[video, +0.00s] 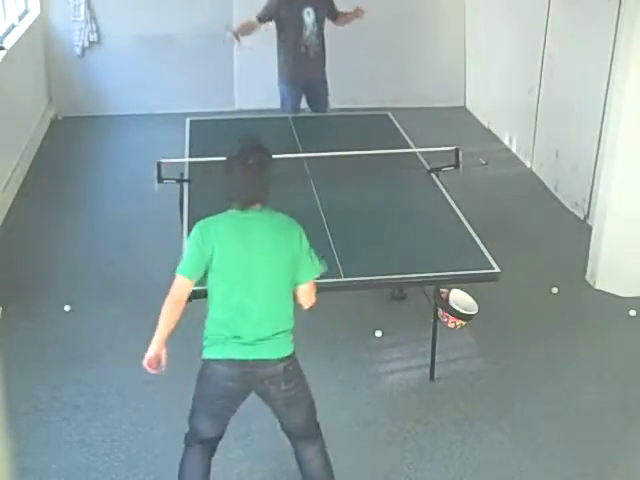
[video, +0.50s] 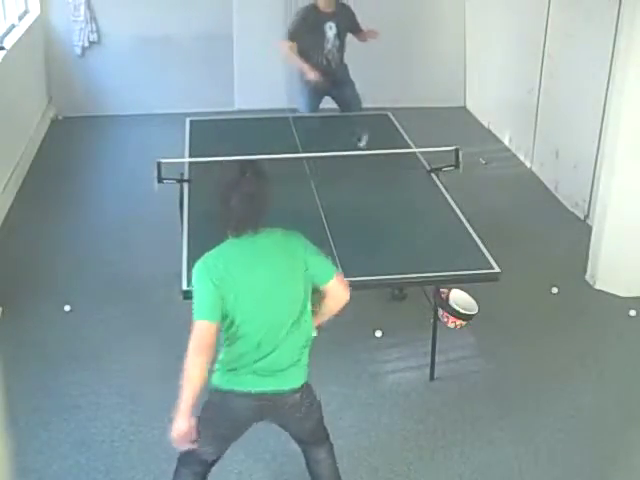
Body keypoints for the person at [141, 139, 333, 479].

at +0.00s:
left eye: (233, 176)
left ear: (227, 182)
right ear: (265, 184)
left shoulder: (207, 230)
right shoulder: (289, 229)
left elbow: (179, 293)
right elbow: (307, 298)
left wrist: (159, 341)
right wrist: (284, 275)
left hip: (223, 365)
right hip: (279, 364)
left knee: (199, 445)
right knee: (308, 442)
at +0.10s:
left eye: (231, 178)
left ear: (227, 183)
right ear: (266, 184)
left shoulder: (205, 234)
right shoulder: (289, 228)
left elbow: (179, 305)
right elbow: (316, 290)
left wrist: (153, 350)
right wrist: (297, 296)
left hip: (219, 371)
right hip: (274, 369)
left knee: (193, 452)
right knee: (306, 445)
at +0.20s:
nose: (225, 185)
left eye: (226, 179)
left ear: (225, 187)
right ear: (261, 184)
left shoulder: (210, 242)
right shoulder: (293, 226)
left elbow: (191, 316)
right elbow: (337, 266)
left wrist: (157, 374)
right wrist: (302, 288)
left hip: (224, 371)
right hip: (280, 368)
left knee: (196, 451)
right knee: (310, 444)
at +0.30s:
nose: (222, 186)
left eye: (224, 180)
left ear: (224, 187)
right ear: (264, 184)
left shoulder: (218, 246)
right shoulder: (296, 224)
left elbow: (208, 325)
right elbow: (341, 264)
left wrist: (189, 391)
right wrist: (308, 293)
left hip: (233, 377)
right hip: (288, 373)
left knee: (203, 454)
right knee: (314, 447)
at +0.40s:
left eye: (226, 185)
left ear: (227, 192)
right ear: (265, 189)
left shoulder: (218, 251)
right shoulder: (297, 231)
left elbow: (216, 332)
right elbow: (343, 274)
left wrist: (203, 400)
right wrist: (309, 305)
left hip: (240, 384)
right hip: (294, 379)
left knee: (202, 455)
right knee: (318, 449)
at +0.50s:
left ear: (225, 207)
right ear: (264, 204)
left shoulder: (211, 266)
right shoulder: (295, 245)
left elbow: (202, 345)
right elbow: (340, 293)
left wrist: (184, 412)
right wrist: (310, 323)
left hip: (234, 399)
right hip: (292, 395)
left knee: (196, 461)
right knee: (318, 449)